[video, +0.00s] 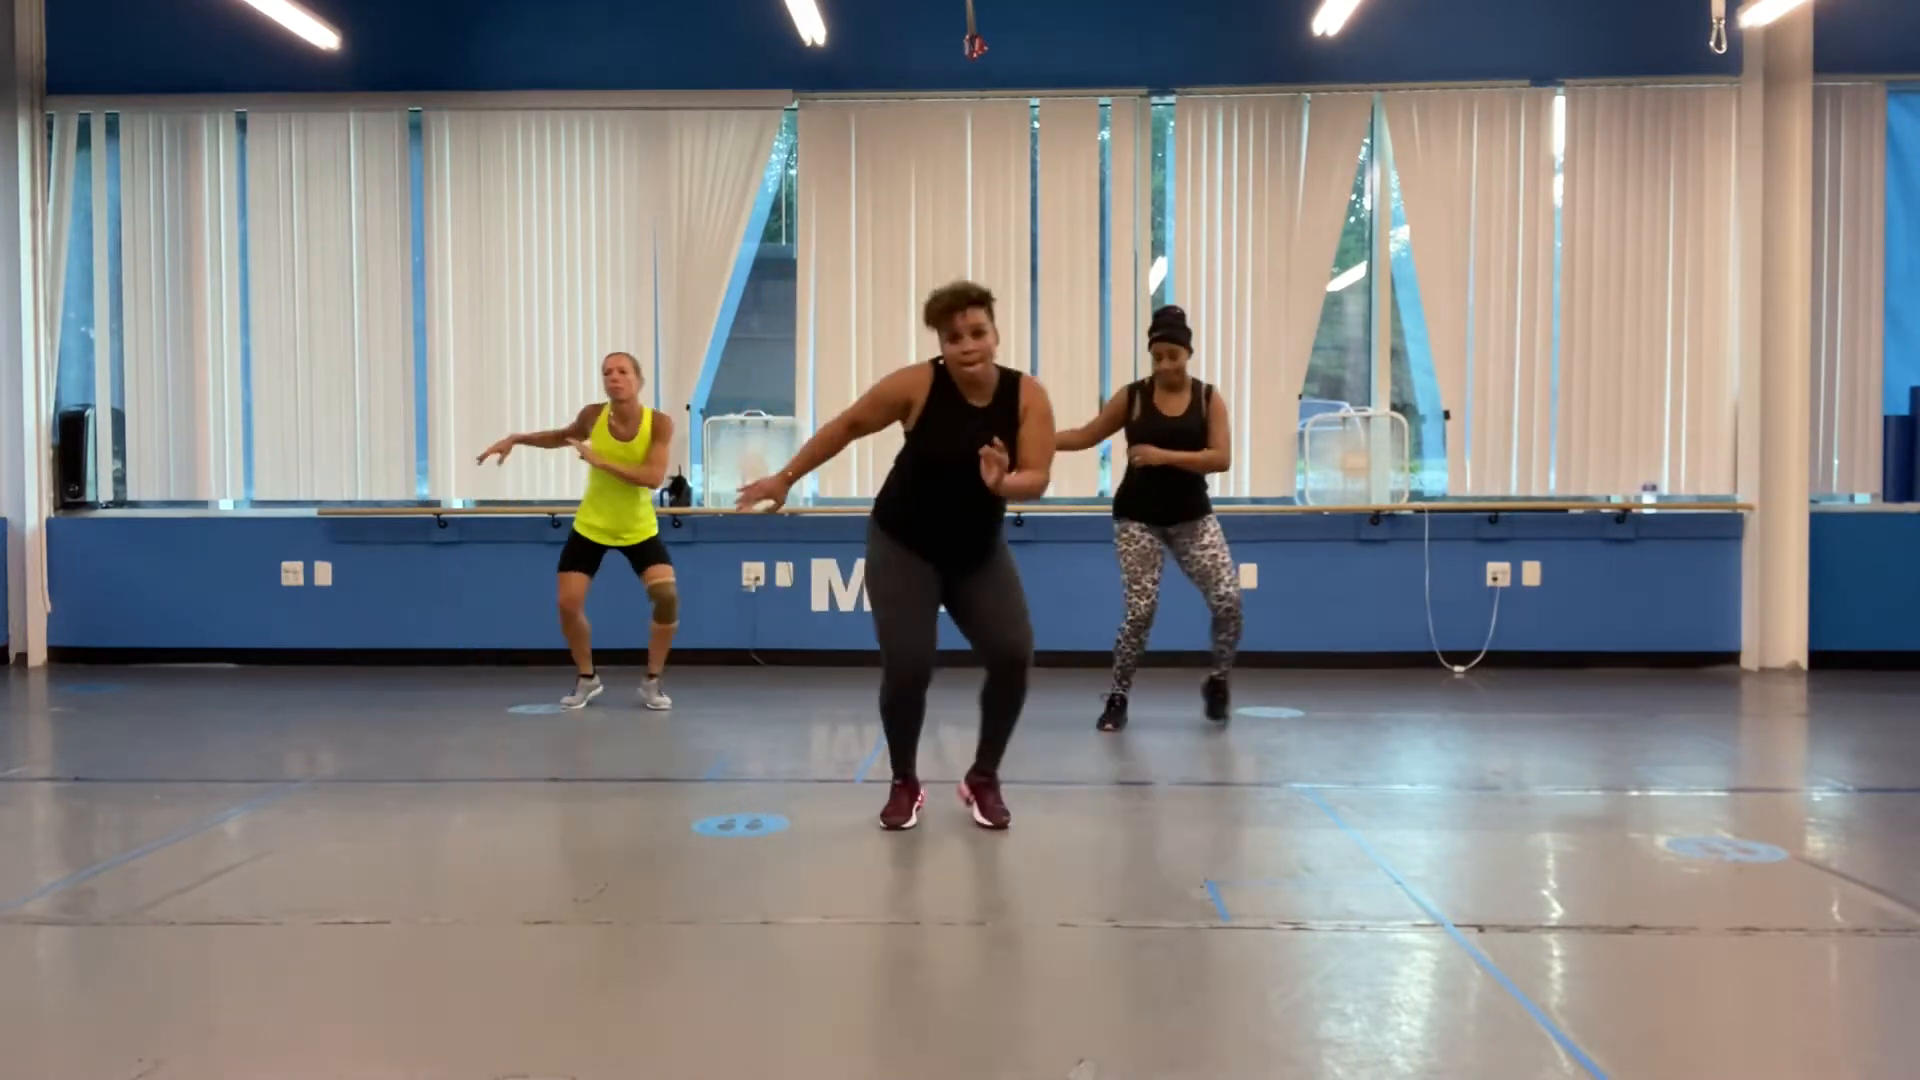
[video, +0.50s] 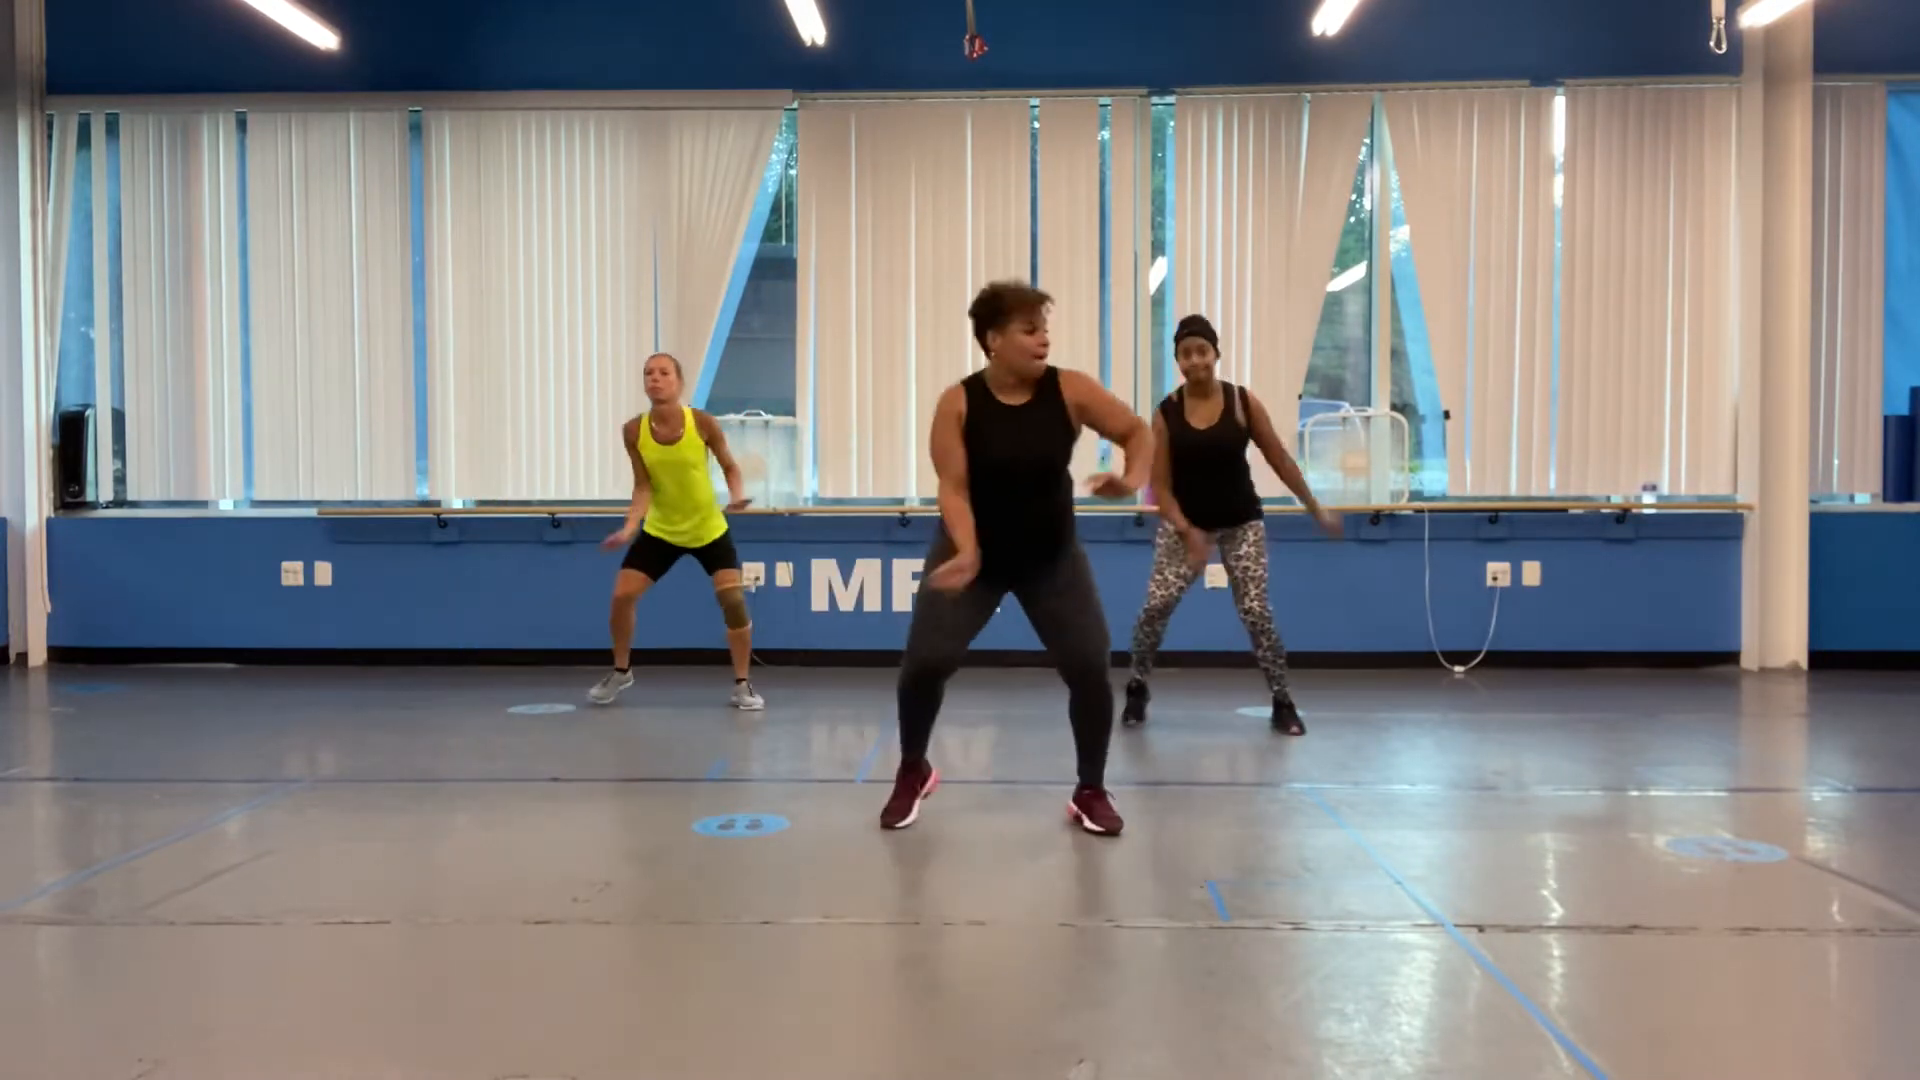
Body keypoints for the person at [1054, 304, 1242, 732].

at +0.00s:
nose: (1166, 364)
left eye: (1174, 355)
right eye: (1159, 356)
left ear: (1188, 353)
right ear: (1150, 356)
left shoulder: (1208, 398)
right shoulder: (1131, 398)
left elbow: (1220, 459)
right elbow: (1085, 436)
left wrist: (1163, 455)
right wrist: (1037, 439)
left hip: (1192, 518)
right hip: (1137, 518)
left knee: (1228, 600)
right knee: (1141, 610)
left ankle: (1219, 683)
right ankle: (1118, 697)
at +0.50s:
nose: (1194, 360)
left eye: (1201, 352)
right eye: (1186, 354)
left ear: (1216, 355)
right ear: (1178, 361)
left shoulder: (1243, 403)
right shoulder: (1166, 415)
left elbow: (1279, 460)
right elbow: (1160, 486)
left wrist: (1315, 508)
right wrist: (1185, 531)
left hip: (1240, 524)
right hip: (1184, 524)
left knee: (1254, 610)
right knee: (1156, 606)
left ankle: (1283, 702)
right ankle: (1136, 689)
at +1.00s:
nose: (1172, 354)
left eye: (1180, 347)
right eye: (1163, 350)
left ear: (1193, 356)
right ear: (1153, 362)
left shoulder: (1217, 407)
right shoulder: (1136, 410)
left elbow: (1234, 466)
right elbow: (1086, 444)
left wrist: (1207, 509)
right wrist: (1059, 476)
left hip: (1199, 519)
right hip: (1145, 520)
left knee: (1220, 603)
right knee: (1137, 608)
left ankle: (1244, 687)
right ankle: (1112, 696)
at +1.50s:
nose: (1175, 342)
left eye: (1182, 336)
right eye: (1166, 338)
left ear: (1195, 346)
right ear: (1156, 351)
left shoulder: (1216, 395)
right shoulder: (1141, 404)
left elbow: (1258, 444)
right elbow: (1134, 471)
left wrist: (1310, 477)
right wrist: (1191, 483)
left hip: (1213, 518)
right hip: (1156, 519)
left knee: (1228, 607)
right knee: (1132, 601)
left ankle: (1264, 700)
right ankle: (1115, 681)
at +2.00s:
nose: (1100, 341)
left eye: (1108, 335)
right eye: (1093, 335)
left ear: (1119, 346)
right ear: (1080, 346)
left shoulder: (1138, 390)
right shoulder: (1064, 398)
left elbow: (1192, 419)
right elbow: (1059, 455)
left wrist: (1245, 434)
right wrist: (1108, 422)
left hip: (1148, 515)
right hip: (1092, 518)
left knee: (1168, 604)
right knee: (1071, 602)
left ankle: (1205, 693)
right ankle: (1044, 694)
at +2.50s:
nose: (1107, 345)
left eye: (1113, 338)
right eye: (1098, 342)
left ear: (1127, 346)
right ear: (1089, 354)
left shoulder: (1155, 395)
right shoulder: (1077, 404)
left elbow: (1166, 458)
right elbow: (1043, 452)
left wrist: (1106, 465)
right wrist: (985, 454)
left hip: (1149, 512)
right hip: (1094, 513)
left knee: (1169, 601)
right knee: (1076, 599)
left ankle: (1197, 697)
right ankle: (1037, 692)